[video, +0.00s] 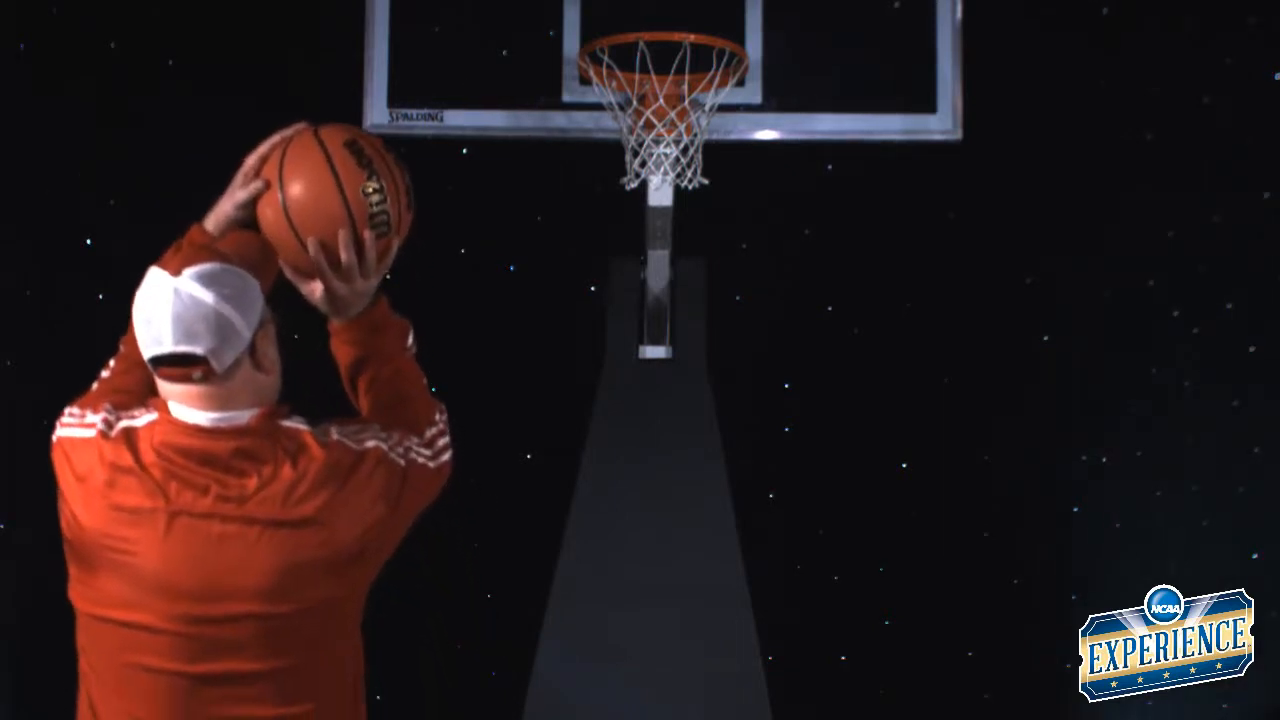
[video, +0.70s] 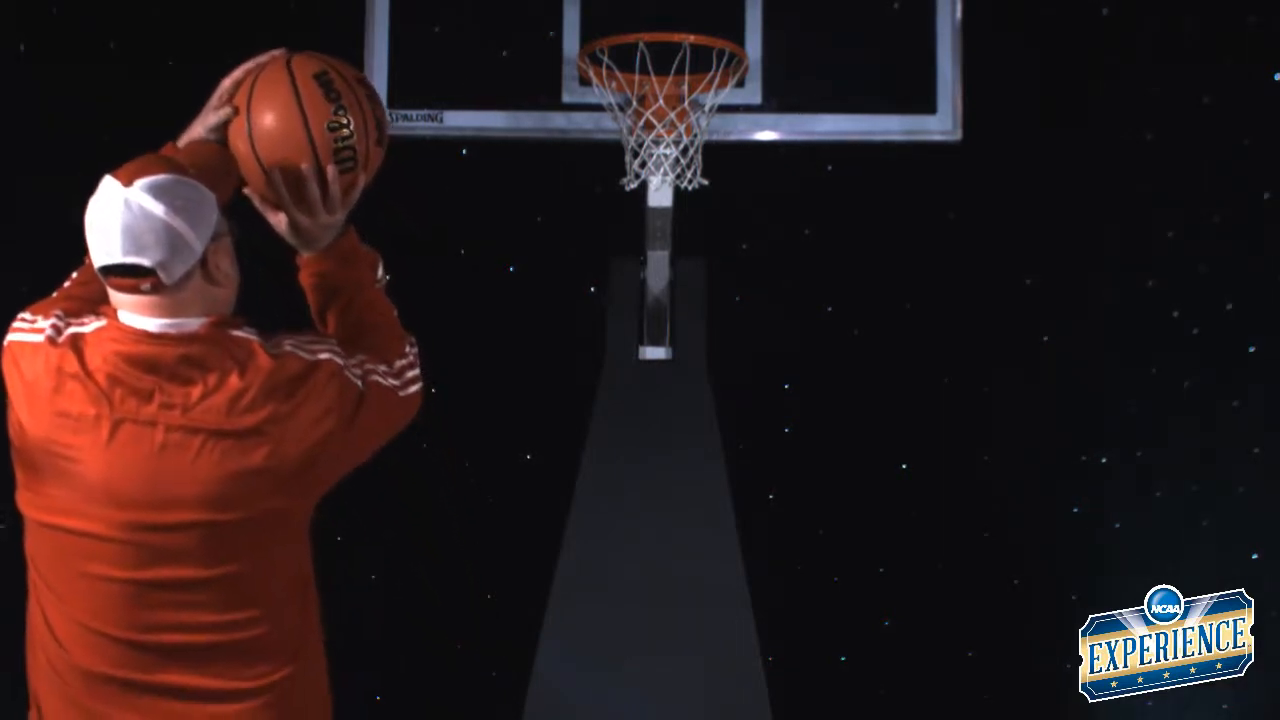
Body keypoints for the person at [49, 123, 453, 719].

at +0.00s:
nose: (275, 335)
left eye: (268, 323)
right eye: (268, 327)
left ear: (152, 350)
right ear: (259, 352)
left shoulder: (89, 469)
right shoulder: (340, 485)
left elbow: (141, 342)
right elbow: (423, 443)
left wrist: (211, 233)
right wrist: (362, 323)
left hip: (116, 710)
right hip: (303, 708)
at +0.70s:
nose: (230, 244)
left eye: (224, 233)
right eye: (224, 235)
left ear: (113, 267)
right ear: (209, 263)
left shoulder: (37, 376)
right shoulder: (284, 402)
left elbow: (111, 255)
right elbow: (395, 378)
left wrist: (197, 151)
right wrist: (333, 253)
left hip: (76, 704)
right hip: (257, 704)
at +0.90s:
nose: (218, 228)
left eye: (211, 217)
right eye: (212, 221)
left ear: (98, 248)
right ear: (198, 248)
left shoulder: (20, 356)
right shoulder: (271, 387)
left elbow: (98, 248)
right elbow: (385, 369)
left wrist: (188, 139)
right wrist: (325, 242)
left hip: (66, 702)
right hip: (247, 703)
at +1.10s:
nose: (205, 221)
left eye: (199, 209)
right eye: (200, 213)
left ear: (75, 236)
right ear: (186, 235)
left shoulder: (11, 343)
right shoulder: (251, 375)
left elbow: (87, 239)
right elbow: (375, 358)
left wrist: (182, 124)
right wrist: (317, 229)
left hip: (53, 703)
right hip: (235, 703)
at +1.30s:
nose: (190, 213)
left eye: (184, 199)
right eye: (184, 203)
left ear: (60, 231)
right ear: (171, 226)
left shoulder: (8, 330)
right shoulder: (238, 363)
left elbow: (71, 232)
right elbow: (367, 347)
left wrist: (176, 111)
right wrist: (311, 216)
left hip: (43, 698)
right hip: (217, 700)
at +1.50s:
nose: (176, 210)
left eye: (169, 195)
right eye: (169, 198)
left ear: (50, 224)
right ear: (154, 222)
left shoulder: (3, 325)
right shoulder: (223, 353)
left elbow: (63, 215)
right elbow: (355, 332)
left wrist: (170, 105)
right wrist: (305, 199)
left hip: (33, 698)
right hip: (200, 700)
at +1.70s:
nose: (160, 212)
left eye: (153, 198)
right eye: (152, 200)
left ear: (38, 229)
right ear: (134, 226)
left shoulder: (3, 328)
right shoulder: (207, 348)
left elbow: (48, 219)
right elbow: (337, 315)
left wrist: (166, 104)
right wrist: (304, 176)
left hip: (28, 698)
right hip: (188, 699)